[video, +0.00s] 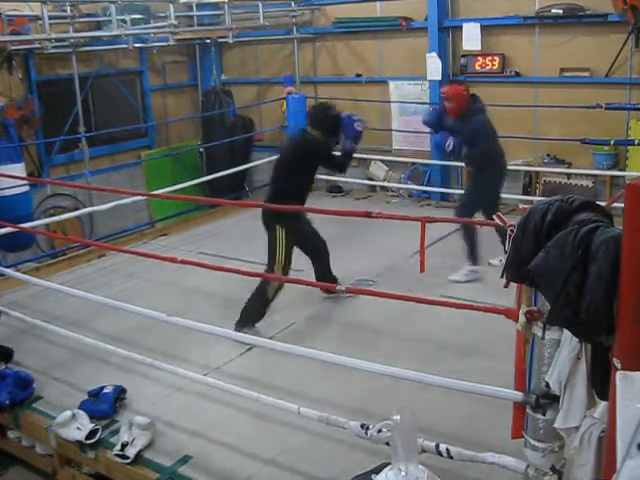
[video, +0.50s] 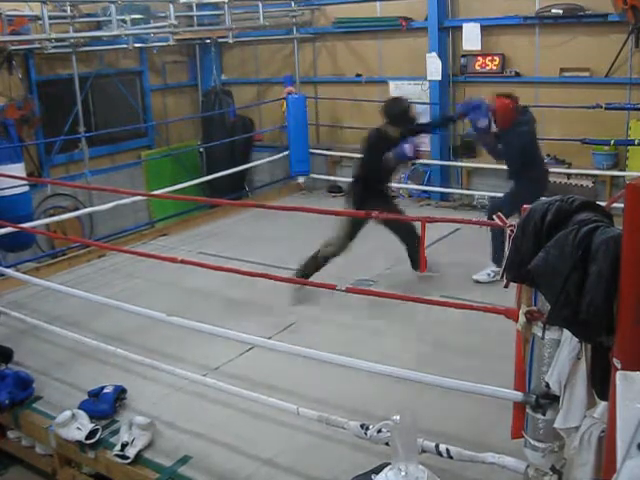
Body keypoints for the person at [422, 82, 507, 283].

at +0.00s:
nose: (446, 107)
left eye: (449, 103)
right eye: (445, 103)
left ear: (461, 102)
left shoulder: (476, 121)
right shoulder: (462, 115)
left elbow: (479, 153)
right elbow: (448, 125)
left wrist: (457, 149)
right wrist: (435, 120)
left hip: (489, 170)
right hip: (488, 167)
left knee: (464, 213)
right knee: (490, 210)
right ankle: (513, 252)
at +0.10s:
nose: (451, 109)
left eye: (454, 105)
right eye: (450, 104)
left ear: (466, 104)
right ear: (451, 104)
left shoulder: (481, 123)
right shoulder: (467, 113)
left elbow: (482, 156)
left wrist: (462, 148)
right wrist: (437, 121)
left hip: (498, 167)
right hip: (494, 165)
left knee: (480, 214)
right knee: (493, 211)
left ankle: (484, 267)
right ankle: (516, 250)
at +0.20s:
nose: (459, 111)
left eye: (463, 107)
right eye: (457, 106)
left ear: (474, 106)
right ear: (458, 106)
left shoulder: (488, 126)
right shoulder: (476, 116)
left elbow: (483, 158)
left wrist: (461, 140)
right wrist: (453, 126)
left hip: (506, 171)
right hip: (500, 168)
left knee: (483, 217)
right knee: (498, 210)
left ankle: (485, 267)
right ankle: (524, 246)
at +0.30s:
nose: (470, 107)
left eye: (474, 103)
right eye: (470, 103)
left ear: (487, 105)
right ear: (479, 105)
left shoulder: (499, 124)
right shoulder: (484, 121)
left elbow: (493, 155)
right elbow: (472, 150)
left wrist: (473, 135)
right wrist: (463, 129)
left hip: (513, 175)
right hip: (506, 173)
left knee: (487, 216)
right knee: (512, 217)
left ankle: (485, 268)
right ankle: (527, 261)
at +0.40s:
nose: (484, 107)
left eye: (488, 103)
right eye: (483, 103)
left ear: (500, 104)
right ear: (498, 104)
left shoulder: (514, 124)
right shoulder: (502, 118)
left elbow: (507, 155)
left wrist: (485, 138)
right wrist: (475, 115)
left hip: (522, 177)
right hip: (517, 174)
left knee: (492, 216)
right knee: (525, 220)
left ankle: (487, 268)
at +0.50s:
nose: (496, 121)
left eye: (498, 117)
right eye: (496, 117)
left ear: (506, 117)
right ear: (512, 114)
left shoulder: (518, 133)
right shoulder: (521, 122)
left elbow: (500, 156)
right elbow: (501, 141)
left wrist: (485, 138)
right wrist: (487, 133)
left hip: (529, 185)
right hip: (534, 181)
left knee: (496, 211)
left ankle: (498, 265)